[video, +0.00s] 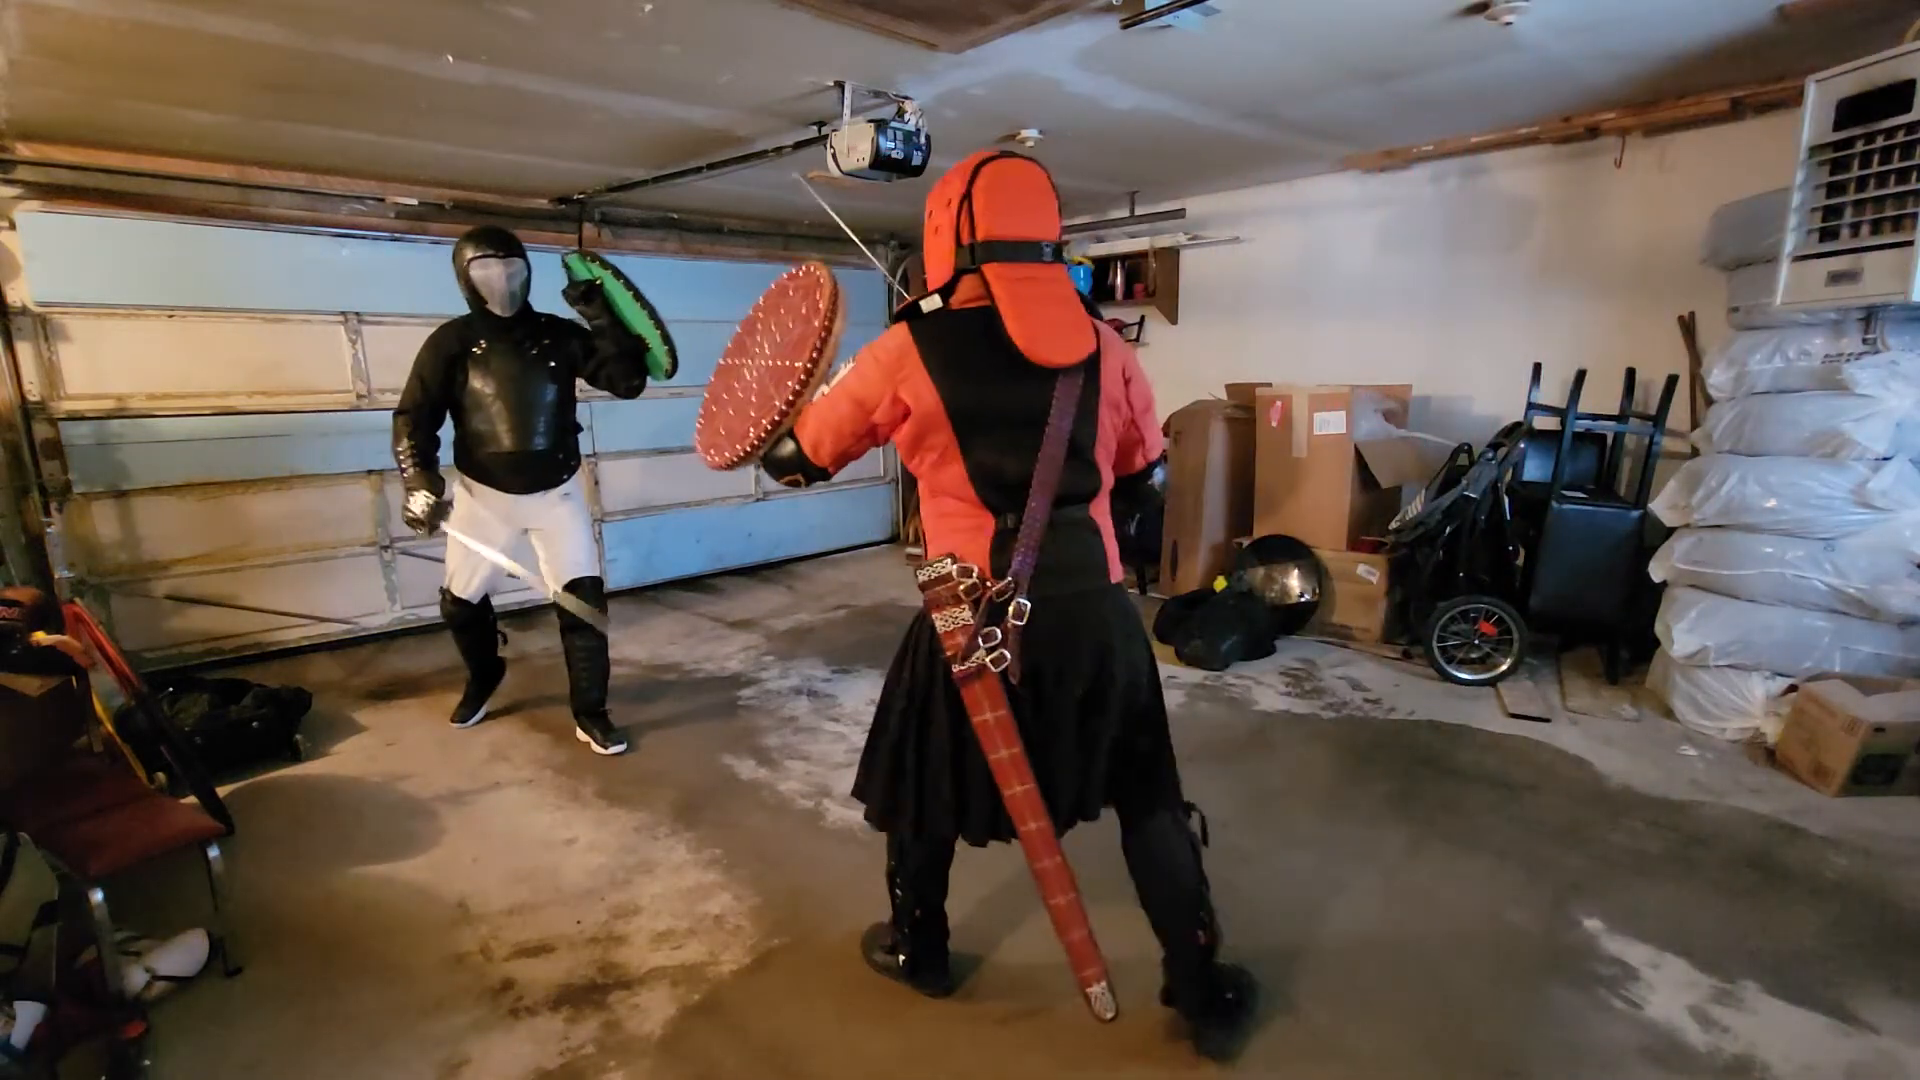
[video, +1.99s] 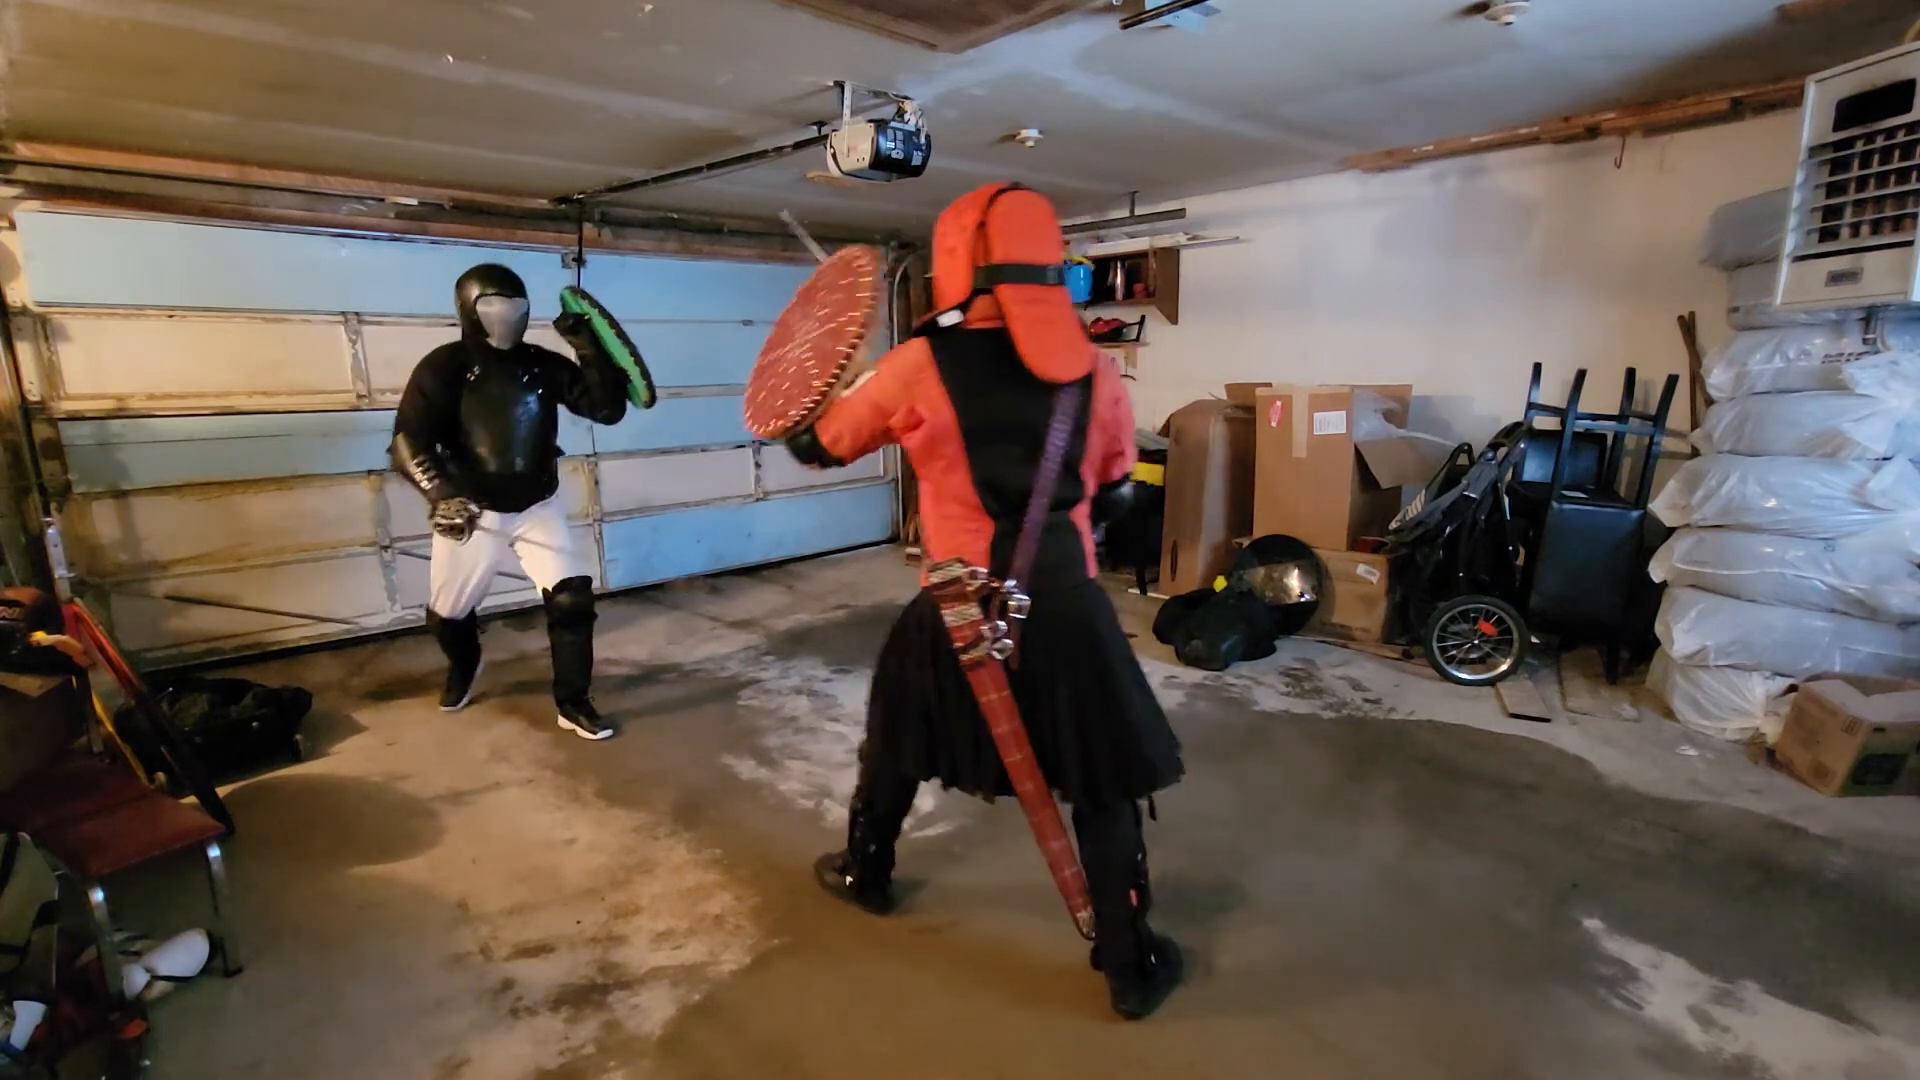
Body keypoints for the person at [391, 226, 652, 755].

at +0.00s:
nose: (501, 272)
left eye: (509, 261)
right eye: (487, 263)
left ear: (524, 268)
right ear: (466, 276)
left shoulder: (562, 336)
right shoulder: (451, 343)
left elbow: (627, 380)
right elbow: (413, 417)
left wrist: (601, 316)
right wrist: (420, 481)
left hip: (557, 494)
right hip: (482, 497)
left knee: (583, 600)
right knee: (461, 602)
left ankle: (591, 712)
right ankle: (485, 673)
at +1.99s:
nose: (514, 311)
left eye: (518, 301)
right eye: (501, 301)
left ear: (526, 307)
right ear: (474, 309)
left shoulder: (545, 366)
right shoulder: (443, 369)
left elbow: (607, 407)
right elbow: (408, 440)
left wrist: (587, 347)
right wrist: (440, 494)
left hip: (539, 511)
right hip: (469, 513)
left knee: (573, 600)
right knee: (446, 618)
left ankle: (573, 701)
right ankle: (464, 663)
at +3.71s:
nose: (586, 323)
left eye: (589, 314)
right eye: (576, 314)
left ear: (593, 320)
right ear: (549, 319)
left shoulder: (596, 375)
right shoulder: (514, 372)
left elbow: (648, 419)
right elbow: (481, 443)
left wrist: (635, 357)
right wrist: (515, 499)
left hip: (578, 501)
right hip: (515, 500)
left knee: (629, 571)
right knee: (485, 591)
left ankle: (642, 662)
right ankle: (476, 666)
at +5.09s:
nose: (618, 306)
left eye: (620, 297)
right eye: (608, 297)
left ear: (622, 301)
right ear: (579, 302)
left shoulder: (636, 361)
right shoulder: (550, 360)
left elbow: (686, 412)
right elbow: (532, 440)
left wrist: (682, 360)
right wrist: (582, 456)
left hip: (630, 493)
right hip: (569, 493)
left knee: (673, 574)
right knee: (547, 590)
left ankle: (686, 676)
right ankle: (536, 665)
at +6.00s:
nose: (649, 310)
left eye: (649, 301)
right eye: (640, 301)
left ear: (636, 308)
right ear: (610, 304)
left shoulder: (655, 363)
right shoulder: (583, 358)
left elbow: (688, 403)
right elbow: (595, 416)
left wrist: (693, 353)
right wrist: (656, 427)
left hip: (640, 492)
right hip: (584, 490)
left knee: (682, 573)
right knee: (561, 589)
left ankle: (686, 677)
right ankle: (558, 663)